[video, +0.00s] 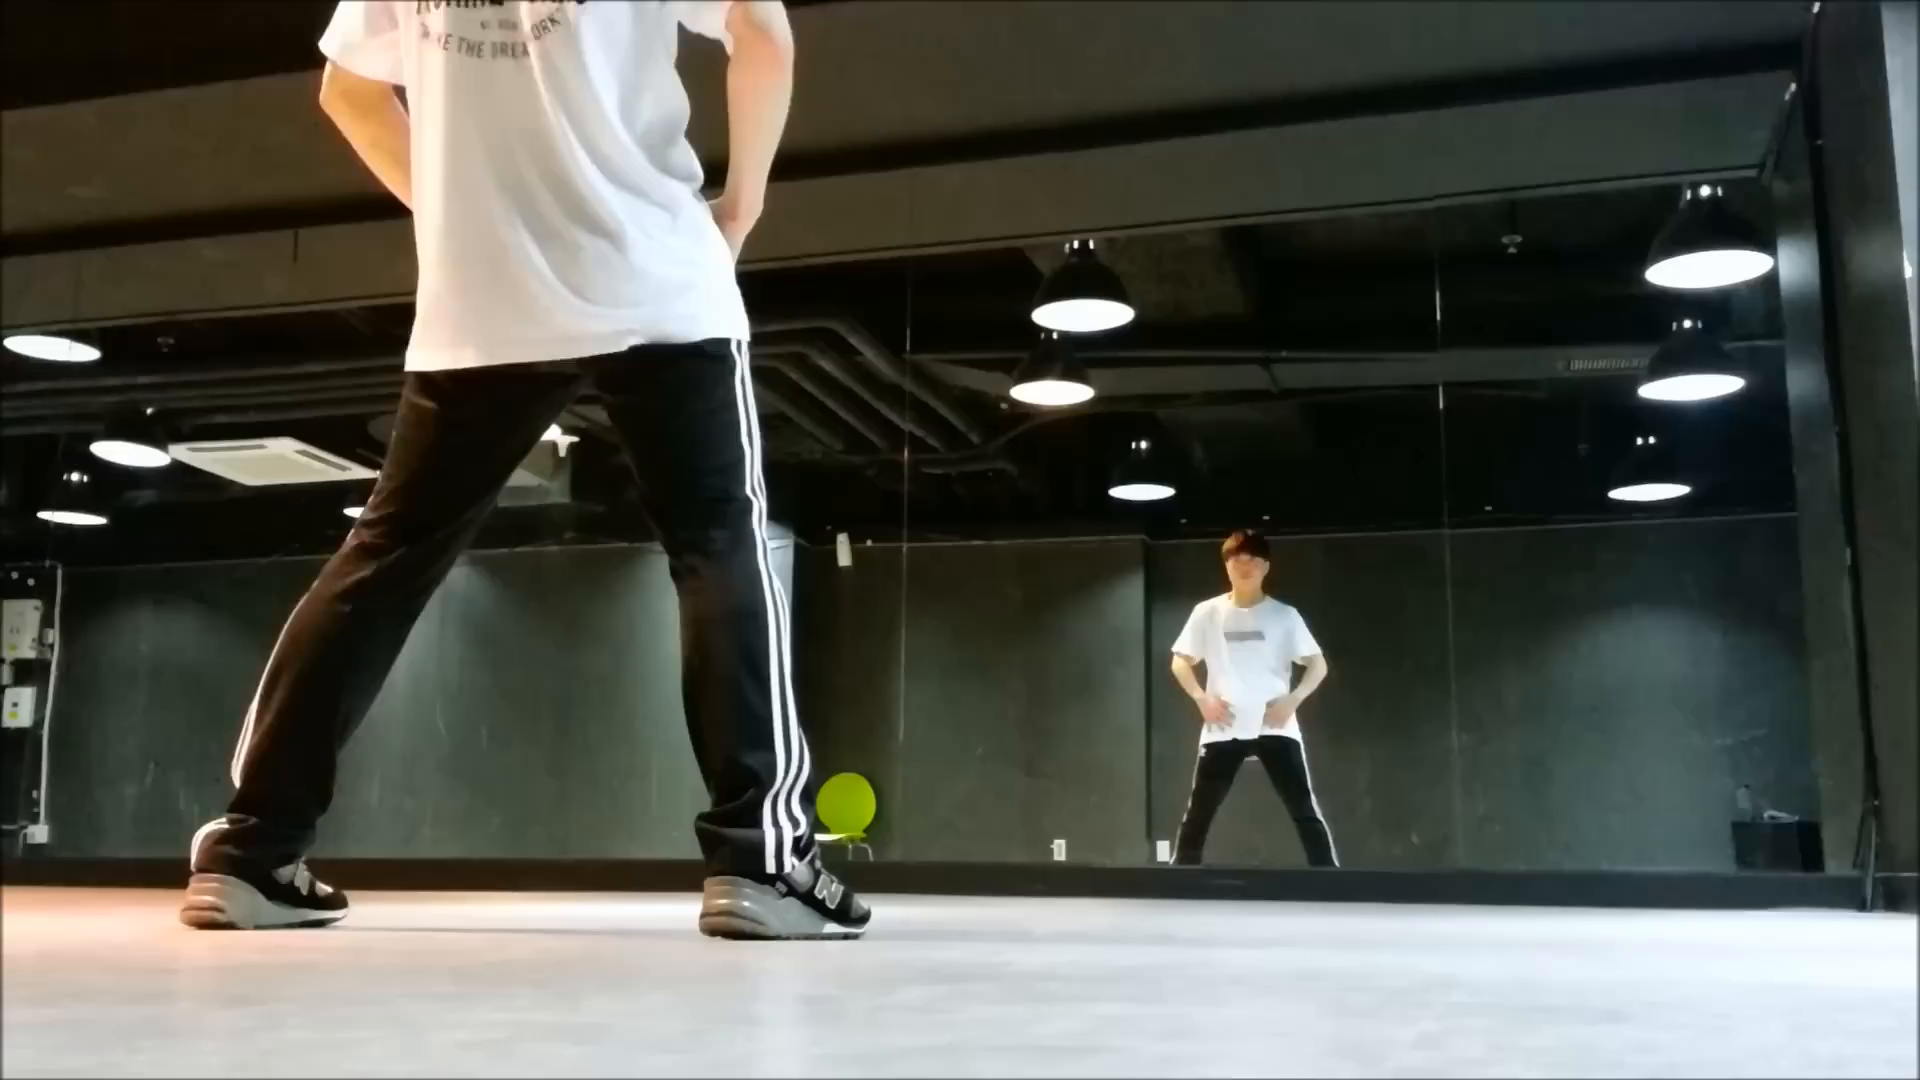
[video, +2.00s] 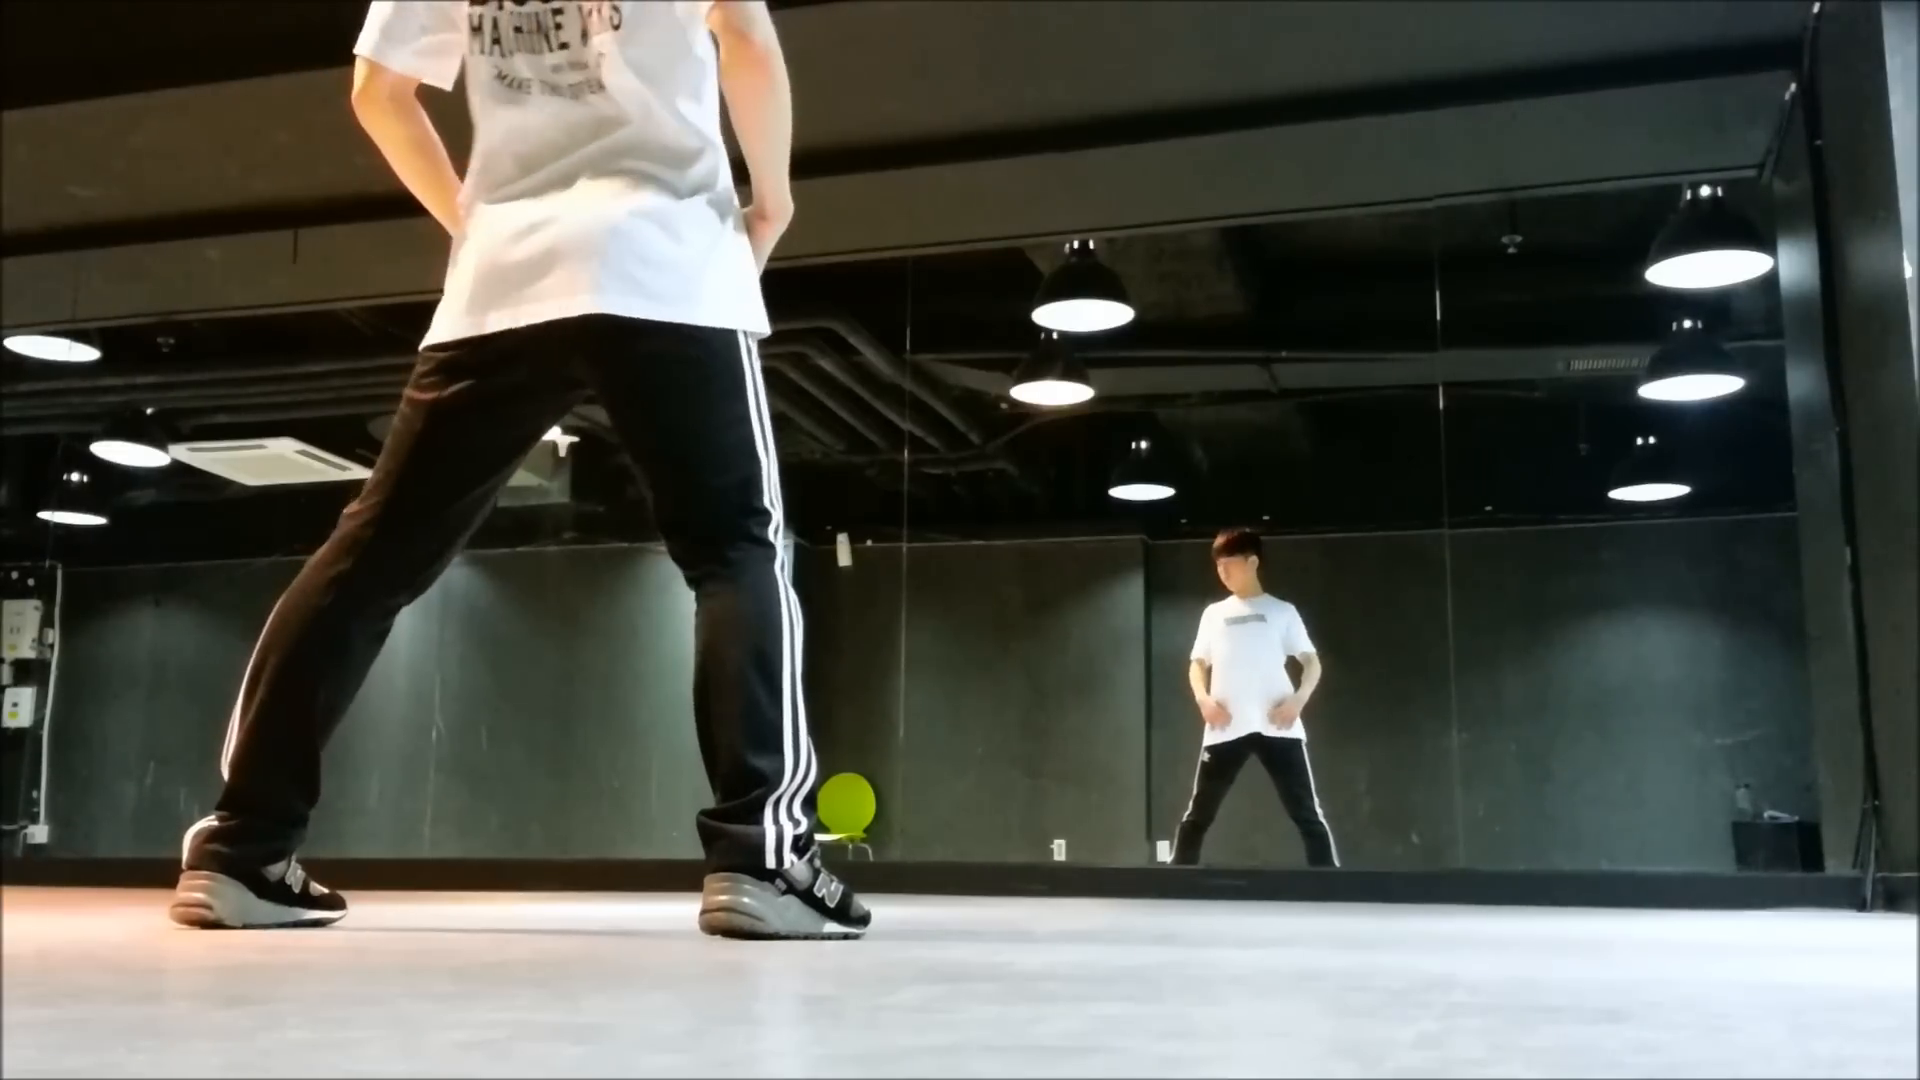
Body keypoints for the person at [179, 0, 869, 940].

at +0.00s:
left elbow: (348, 88)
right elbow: (763, 35)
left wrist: (455, 206)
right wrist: (743, 193)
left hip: (480, 268)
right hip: (651, 263)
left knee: (388, 552)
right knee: (723, 549)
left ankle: (248, 845)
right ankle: (762, 856)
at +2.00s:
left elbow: (381, 88)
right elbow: (744, 33)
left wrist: (472, 221)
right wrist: (771, 195)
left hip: (503, 260)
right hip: (665, 256)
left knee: (373, 553)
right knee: (737, 556)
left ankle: (239, 844)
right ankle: (762, 853)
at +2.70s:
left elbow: (365, 97)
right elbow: (769, 54)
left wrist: (468, 215)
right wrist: (774, 208)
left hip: (510, 281)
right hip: (675, 266)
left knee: (400, 558)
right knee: (740, 542)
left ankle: (245, 842)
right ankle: (760, 849)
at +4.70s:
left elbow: (338, 83)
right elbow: (780, 21)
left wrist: (457, 194)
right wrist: (763, 184)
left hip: (482, 264)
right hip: (653, 256)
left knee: (382, 555)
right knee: (719, 543)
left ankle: (241, 845)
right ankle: (759, 854)